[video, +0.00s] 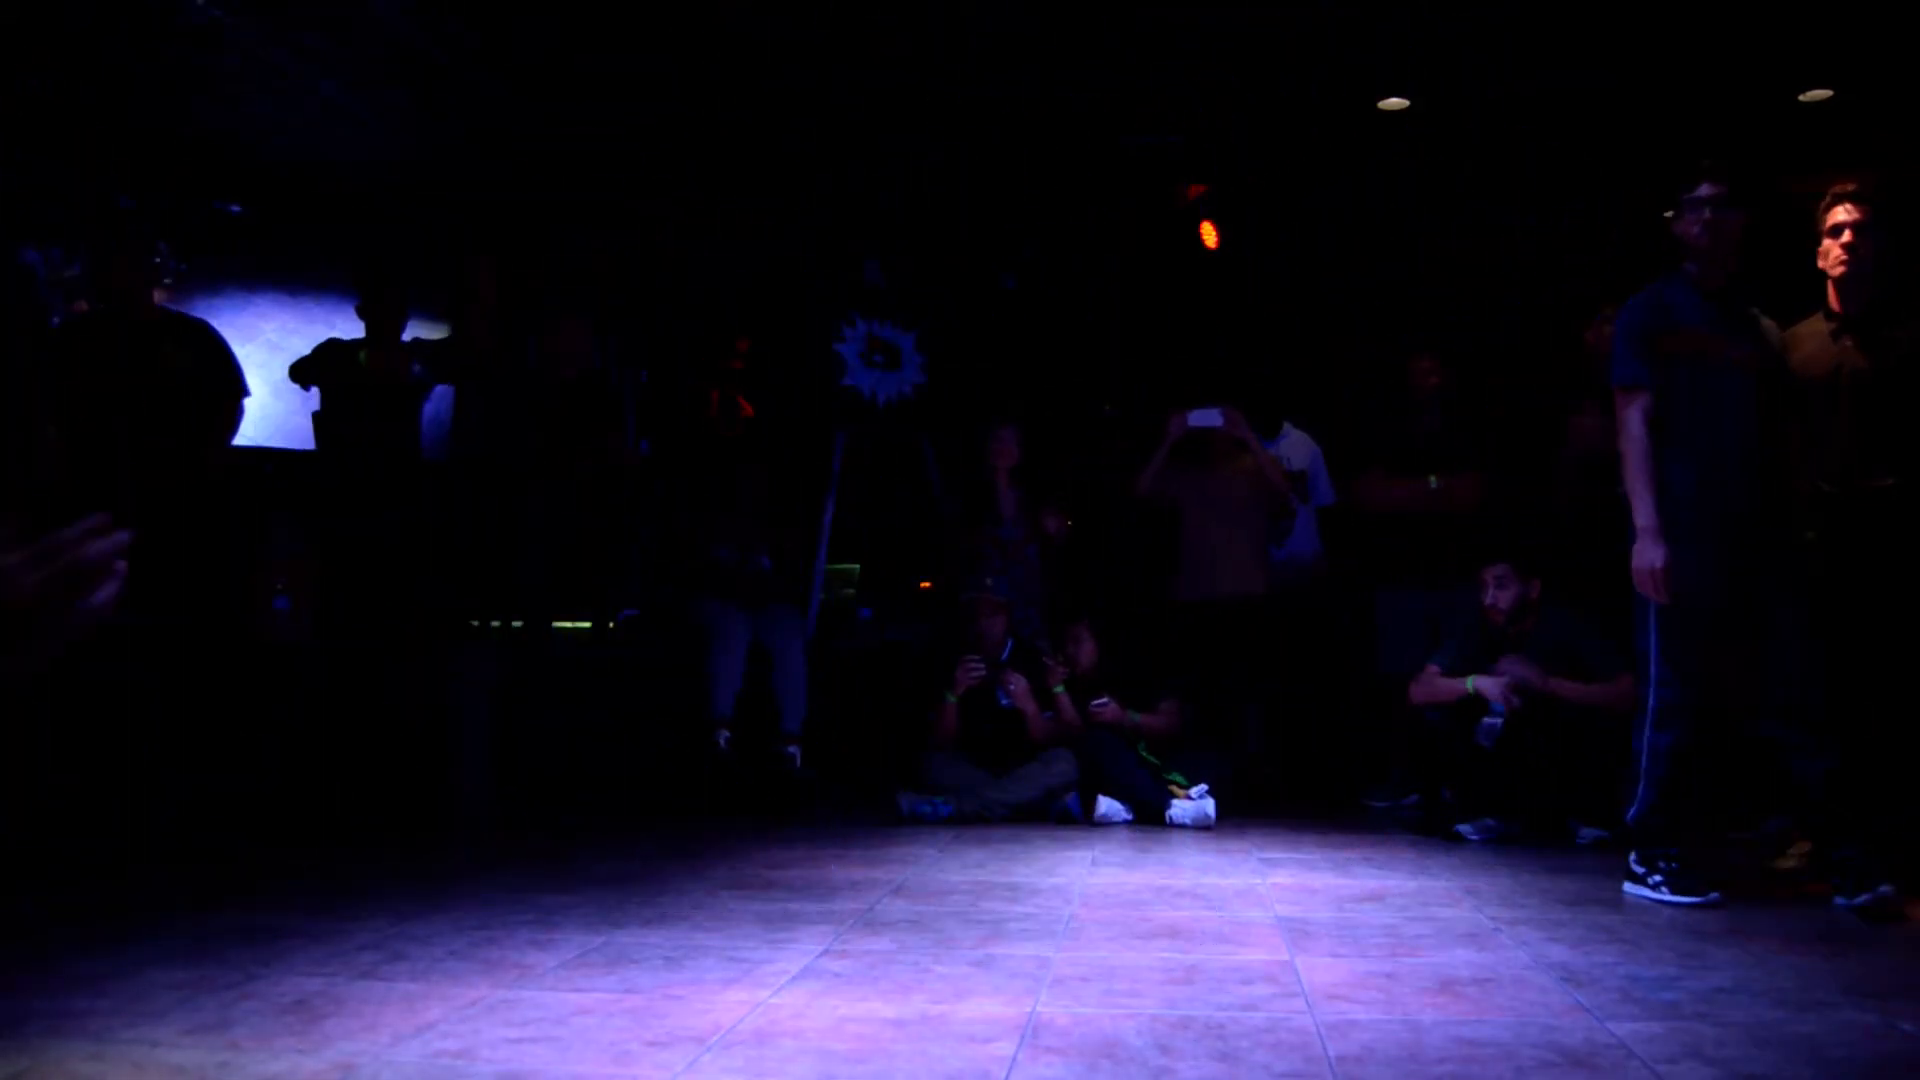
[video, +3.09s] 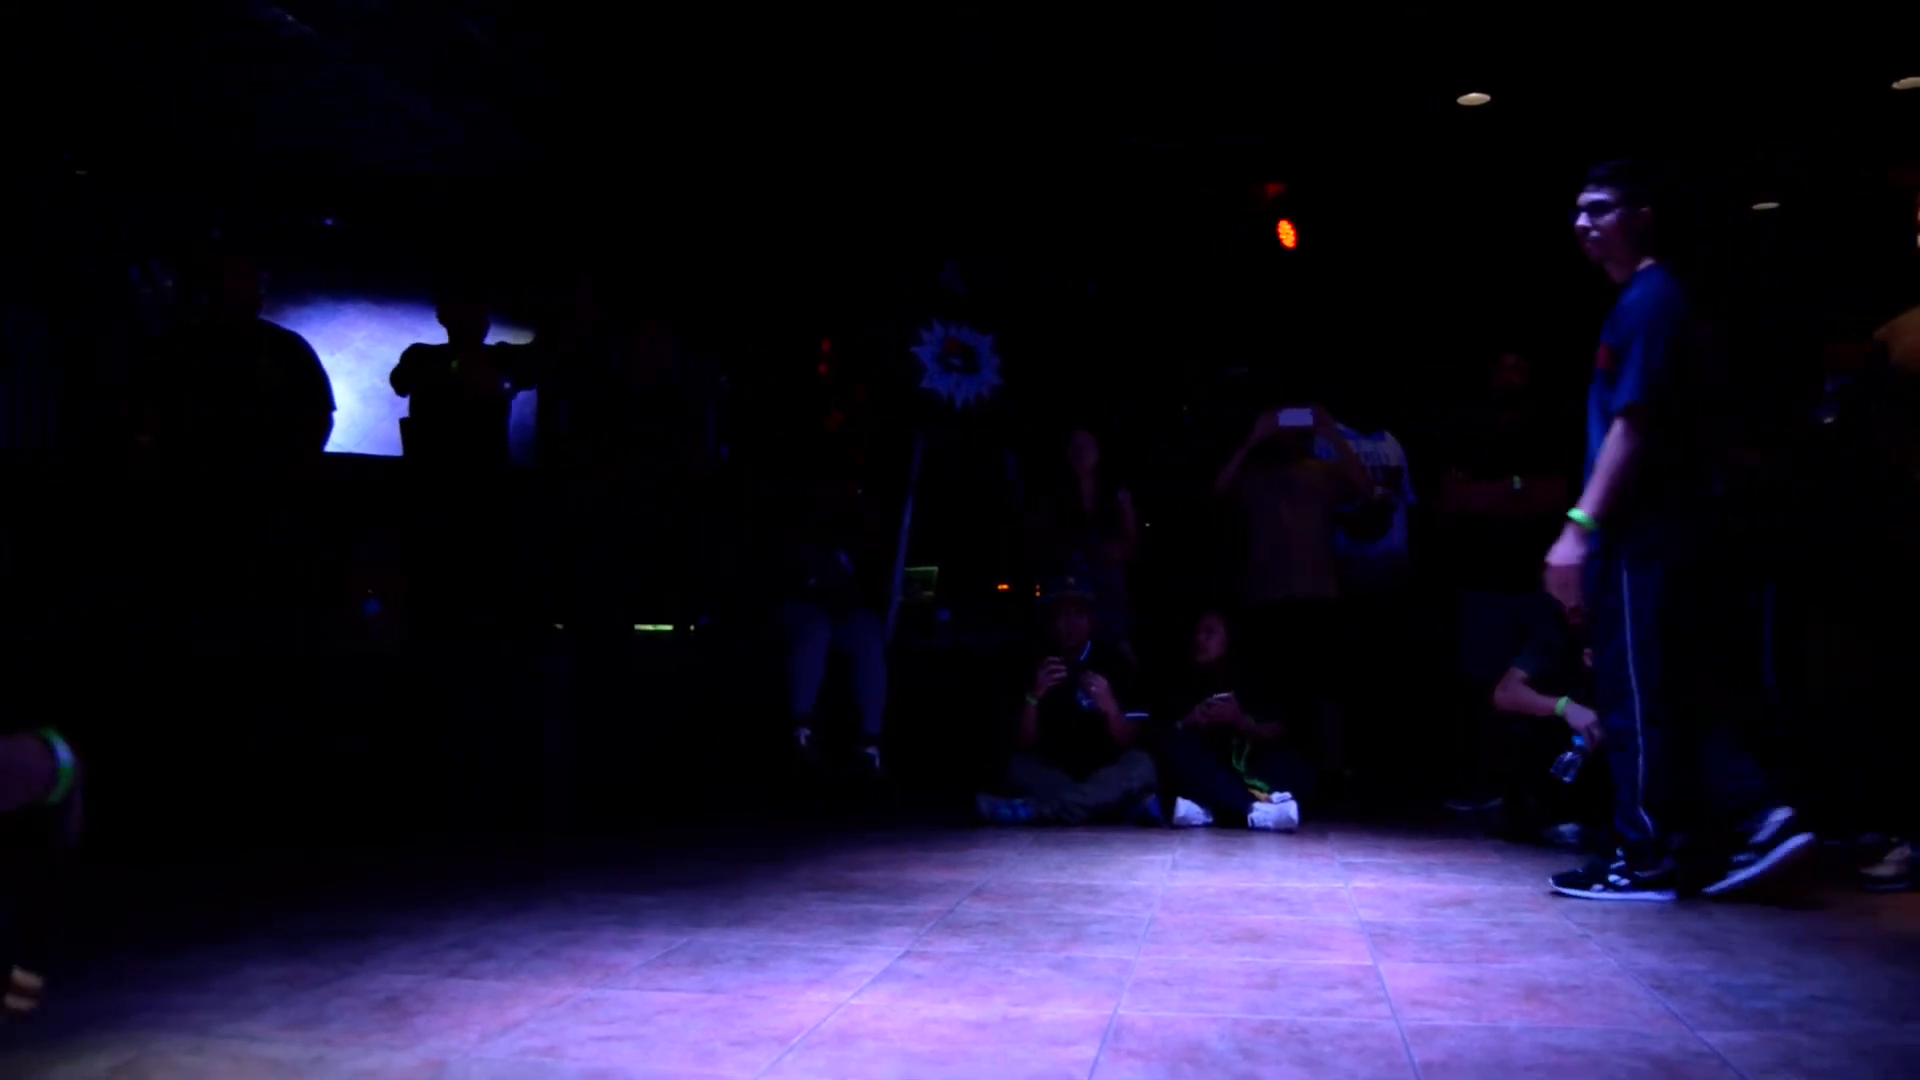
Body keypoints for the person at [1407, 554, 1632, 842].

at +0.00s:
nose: (1489, 598)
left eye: (1501, 587)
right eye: (1485, 588)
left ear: (1531, 590)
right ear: (1479, 591)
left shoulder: (1564, 633)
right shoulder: (1477, 633)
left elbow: (1624, 693)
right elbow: (1420, 690)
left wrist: (1544, 684)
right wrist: (1476, 684)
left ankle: (1590, 816)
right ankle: (1492, 815)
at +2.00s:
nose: (1508, 589)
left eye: (1517, 578)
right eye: (1496, 581)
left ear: (1534, 585)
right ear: (1483, 595)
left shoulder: (1566, 634)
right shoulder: (1478, 638)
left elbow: (1624, 702)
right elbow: (1430, 699)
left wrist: (1547, 700)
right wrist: (1488, 716)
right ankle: (1485, 821)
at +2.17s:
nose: (1530, 597)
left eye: (1538, 584)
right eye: (1518, 588)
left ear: (1554, 590)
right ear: (1505, 599)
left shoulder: (1588, 639)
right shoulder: (1497, 640)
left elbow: (1645, 702)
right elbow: (1451, 700)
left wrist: (1557, 709)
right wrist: (1518, 712)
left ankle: (1612, 826)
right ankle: (1510, 822)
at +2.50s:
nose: (1563, 597)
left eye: (1572, 584)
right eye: (1551, 588)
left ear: (1589, 589)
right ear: (1538, 598)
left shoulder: (1618, 639)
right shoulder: (1529, 639)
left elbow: (1652, 704)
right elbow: (1484, 699)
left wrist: (1592, 701)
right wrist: (1550, 705)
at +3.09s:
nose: (1572, 595)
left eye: (1577, 584)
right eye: (1562, 586)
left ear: (1592, 581)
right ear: (1549, 587)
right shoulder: (1553, 631)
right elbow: (1506, 692)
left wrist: (1607, 663)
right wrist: (1564, 707)